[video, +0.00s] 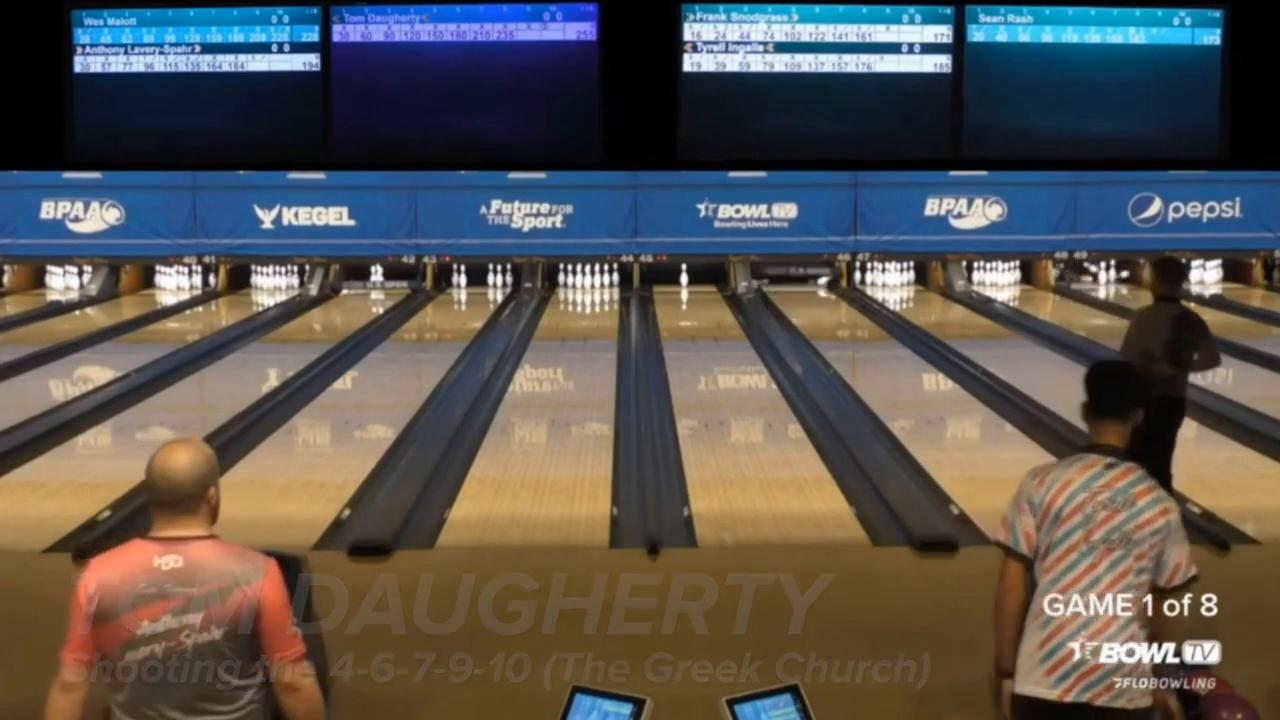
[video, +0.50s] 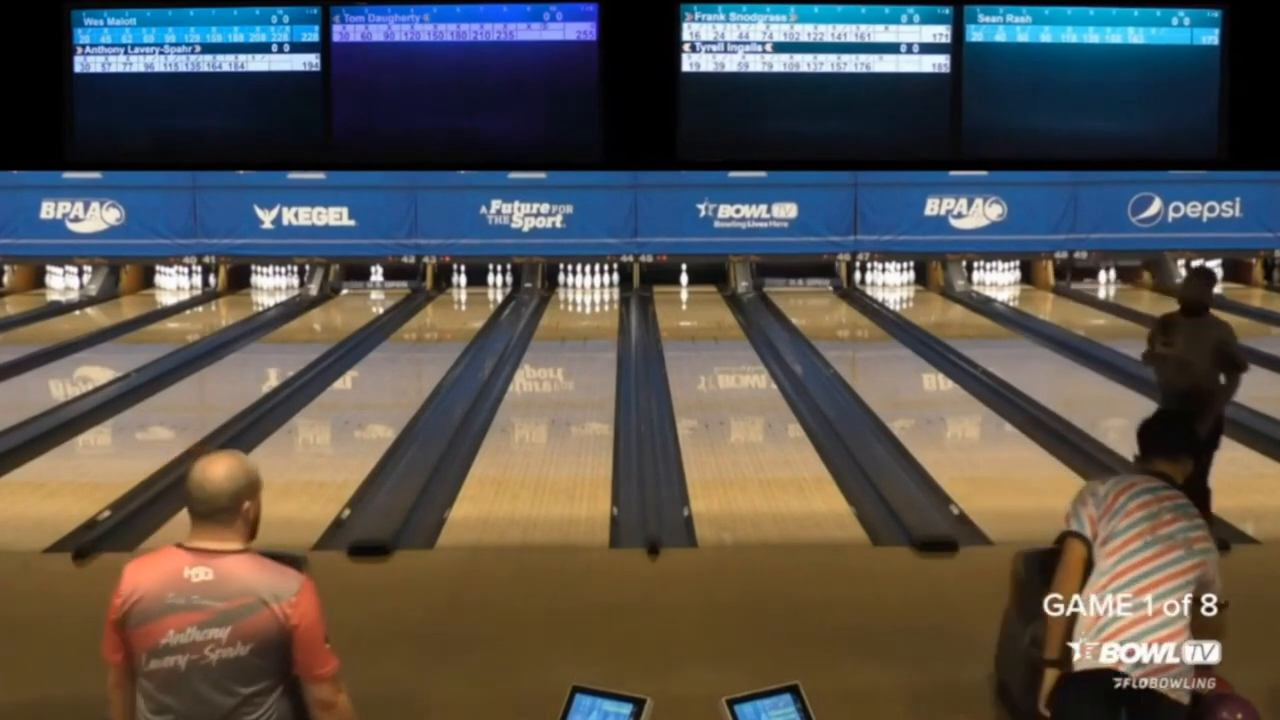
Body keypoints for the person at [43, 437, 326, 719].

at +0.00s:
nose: (220, 493)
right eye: (219, 486)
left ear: (149, 495)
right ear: (213, 496)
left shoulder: (99, 575)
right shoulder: (259, 573)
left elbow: (70, 687)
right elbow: (294, 681)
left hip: (134, 711)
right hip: (234, 712)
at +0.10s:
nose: (227, 493)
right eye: (226, 486)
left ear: (158, 496)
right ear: (220, 497)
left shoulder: (106, 576)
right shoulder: (266, 574)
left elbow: (82, 691)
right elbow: (302, 683)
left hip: (140, 714)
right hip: (241, 714)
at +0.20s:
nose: (245, 501)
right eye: (244, 495)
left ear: (175, 502)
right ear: (237, 503)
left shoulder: (124, 582)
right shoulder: (283, 579)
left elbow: (104, 702)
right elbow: (323, 688)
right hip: (256, 713)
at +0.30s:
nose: (247, 503)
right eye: (247, 497)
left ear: (178, 503)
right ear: (240, 505)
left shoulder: (127, 582)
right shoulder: (285, 581)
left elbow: (107, 701)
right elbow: (324, 689)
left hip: (159, 711)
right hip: (257, 711)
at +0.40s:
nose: (257, 506)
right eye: (257, 499)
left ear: (187, 505)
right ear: (248, 507)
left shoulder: (135, 578)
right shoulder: (291, 586)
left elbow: (118, 684)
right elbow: (327, 697)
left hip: (160, 713)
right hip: (258, 714)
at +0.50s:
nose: (260, 507)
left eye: (260, 498)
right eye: (259, 499)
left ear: (189, 505)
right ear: (248, 509)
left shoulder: (135, 578)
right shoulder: (289, 590)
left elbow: (119, 685)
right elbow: (327, 701)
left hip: (161, 712)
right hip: (258, 713)